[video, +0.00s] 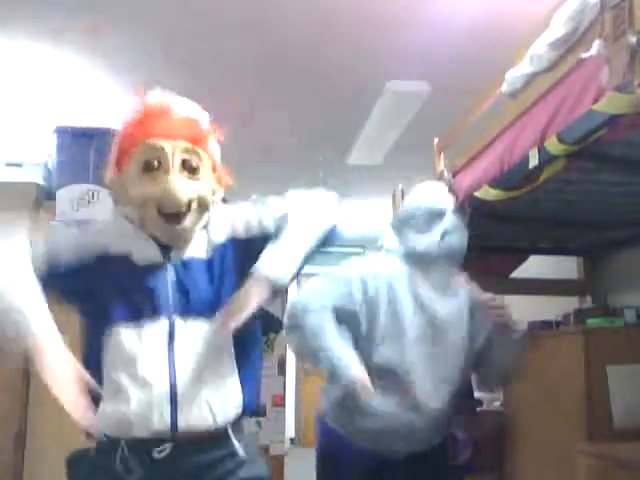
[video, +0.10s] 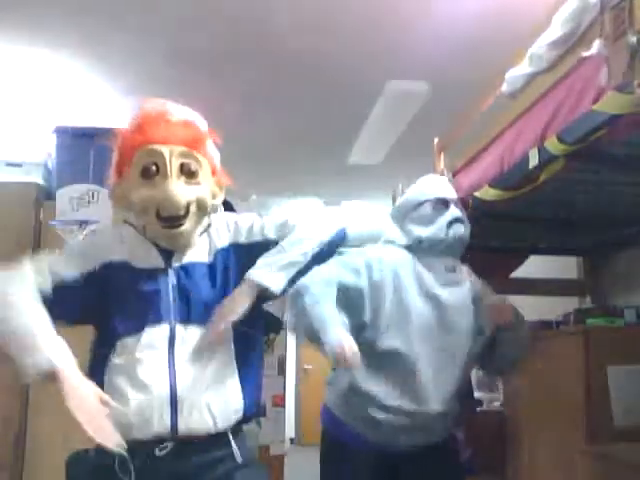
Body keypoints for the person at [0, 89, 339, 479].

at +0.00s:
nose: (173, 189)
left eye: (190, 166)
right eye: (150, 166)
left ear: (216, 183)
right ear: (118, 185)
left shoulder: (234, 236)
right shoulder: (95, 250)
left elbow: (319, 205)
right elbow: (13, 253)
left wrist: (264, 281)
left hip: (219, 458)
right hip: (119, 459)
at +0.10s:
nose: (172, 194)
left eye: (189, 173)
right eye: (151, 173)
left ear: (212, 184)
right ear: (122, 187)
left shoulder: (237, 237)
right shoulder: (105, 249)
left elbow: (321, 221)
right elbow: (15, 285)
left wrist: (254, 287)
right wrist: (63, 374)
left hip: (217, 459)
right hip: (119, 460)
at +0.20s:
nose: (168, 200)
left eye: (186, 178)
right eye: (148, 179)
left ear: (215, 193)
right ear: (123, 196)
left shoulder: (238, 243)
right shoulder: (109, 260)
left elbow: (323, 233)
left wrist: (241, 286)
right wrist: (96, 414)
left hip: (223, 459)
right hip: (129, 459)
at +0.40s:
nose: (171, 212)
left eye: (188, 189)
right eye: (150, 190)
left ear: (218, 198)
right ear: (127, 203)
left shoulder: (242, 252)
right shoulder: (116, 266)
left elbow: (324, 220)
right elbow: (61, 363)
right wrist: (116, 428)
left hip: (221, 452)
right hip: (125, 452)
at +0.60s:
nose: (167, 197)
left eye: (184, 181)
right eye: (148, 182)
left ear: (217, 191)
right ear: (127, 196)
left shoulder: (241, 250)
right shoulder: (114, 258)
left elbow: (320, 207)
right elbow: (73, 354)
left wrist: (232, 207)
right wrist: (121, 415)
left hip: (222, 444)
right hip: (125, 442)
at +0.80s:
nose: (169, 203)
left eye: (187, 182)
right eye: (150, 184)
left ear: (221, 192)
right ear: (130, 200)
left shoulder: (233, 255)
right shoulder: (119, 269)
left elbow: (280, 203)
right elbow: (78, 359)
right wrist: (117, 420)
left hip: (218, 453)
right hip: (126, 455)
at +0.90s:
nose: (156, 199)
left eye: (175, 178)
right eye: (137, 181)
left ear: (209, 197)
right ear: (119, 203)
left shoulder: (229, 263)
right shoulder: (112, 280)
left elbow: (279, 223)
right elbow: (71, 376)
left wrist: (308, 192)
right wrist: (119, 437)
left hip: (212, 455)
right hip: (116, 458)